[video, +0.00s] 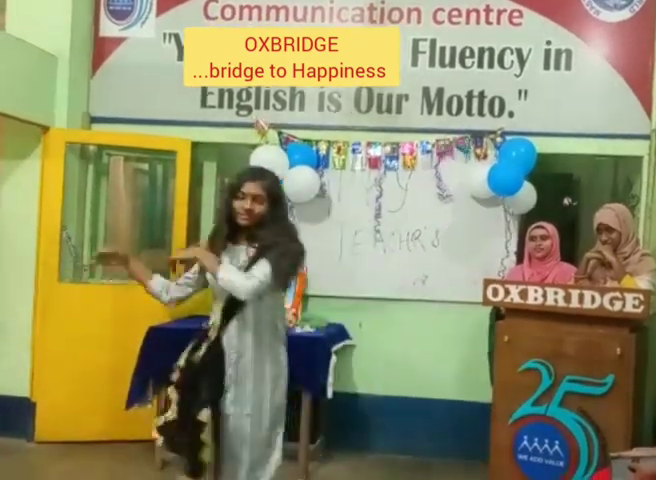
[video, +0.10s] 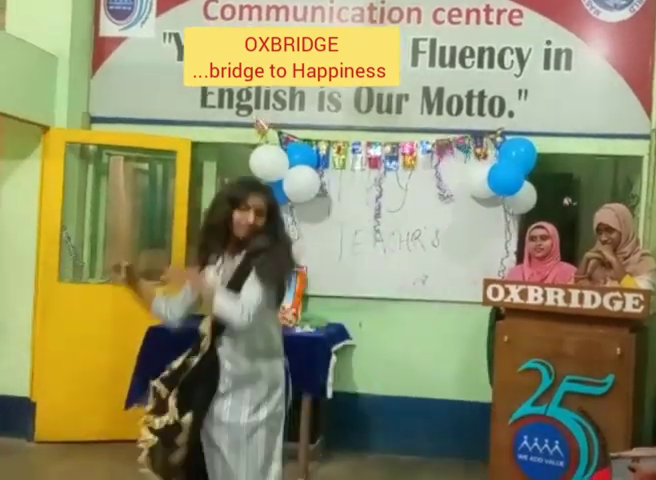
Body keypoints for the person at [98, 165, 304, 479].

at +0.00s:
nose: (247, 207)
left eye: (257, 201)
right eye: (241, 197)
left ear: (272, 207)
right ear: (231, 201)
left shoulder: (283, 248)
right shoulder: (222, 243)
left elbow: (245, 288)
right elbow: (173, 294)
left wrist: (206, 257)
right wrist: (132, 265)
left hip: (259, 364)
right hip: (220, 359)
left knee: (250, 449)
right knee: (215, 444)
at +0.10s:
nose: (250, 220)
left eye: (260, 213)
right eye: (242, 209)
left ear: (268, 219)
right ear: (227, 212)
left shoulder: (269, 260)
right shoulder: (215, 257)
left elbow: (243, 316)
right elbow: (174, 313)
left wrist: (201, 284)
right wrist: (136, 285)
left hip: (258, 384)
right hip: (220, 379)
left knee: (249, 468)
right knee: (216, 463)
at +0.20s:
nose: (251, 245)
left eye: (259, 238)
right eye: (243, 235)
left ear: (265, 244)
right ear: (225, 236)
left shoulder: (263, 290)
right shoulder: (204, 285)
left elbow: (245, 359)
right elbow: (192, 342)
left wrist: (184, 364)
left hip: (261, 411)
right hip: (219, 405)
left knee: (257, 474)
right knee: (211, 472)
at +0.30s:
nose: (251, 249)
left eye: (259, 242)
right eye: (242, 241)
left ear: (267, 248)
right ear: (227, 246)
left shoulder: (277, 298)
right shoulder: (217, 293)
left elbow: (263, 369)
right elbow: (217, 362)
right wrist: (193, 414)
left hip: (280, 405)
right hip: (234, 400)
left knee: (273, 472)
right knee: (230, 471)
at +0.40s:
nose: (261, 237)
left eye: (269, 229)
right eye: (251, 231)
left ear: (282, 237)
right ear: (241, 241)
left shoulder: (305, 286)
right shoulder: (242, 293)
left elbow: (311, 356)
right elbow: (250, 356)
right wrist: (260, 417)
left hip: (307, 399)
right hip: (265, 399)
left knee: (302, 471)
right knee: (258, 470)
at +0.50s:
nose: (266, 214)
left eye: (275, 206)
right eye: (262, 210)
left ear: (298, 213)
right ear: (259, 222)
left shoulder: (335, 266)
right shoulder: (266, 277)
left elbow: (360, 331)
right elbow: (273, 335)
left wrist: (394, 384)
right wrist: (304, 373)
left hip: (332, 387)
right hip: (287, 388)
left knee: (330, 468)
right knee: (288, 468)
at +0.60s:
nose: (284, 199)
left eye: (293, 191)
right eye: (281, 194)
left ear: (317, 196)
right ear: (279, 205)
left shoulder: (347, 250)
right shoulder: (277, 252)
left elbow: (396, 284)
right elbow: (278, 317)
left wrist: (433, 309)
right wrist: (336, 326)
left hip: (343, 375)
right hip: (297, 377)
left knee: (363, 462)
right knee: (308, 466)